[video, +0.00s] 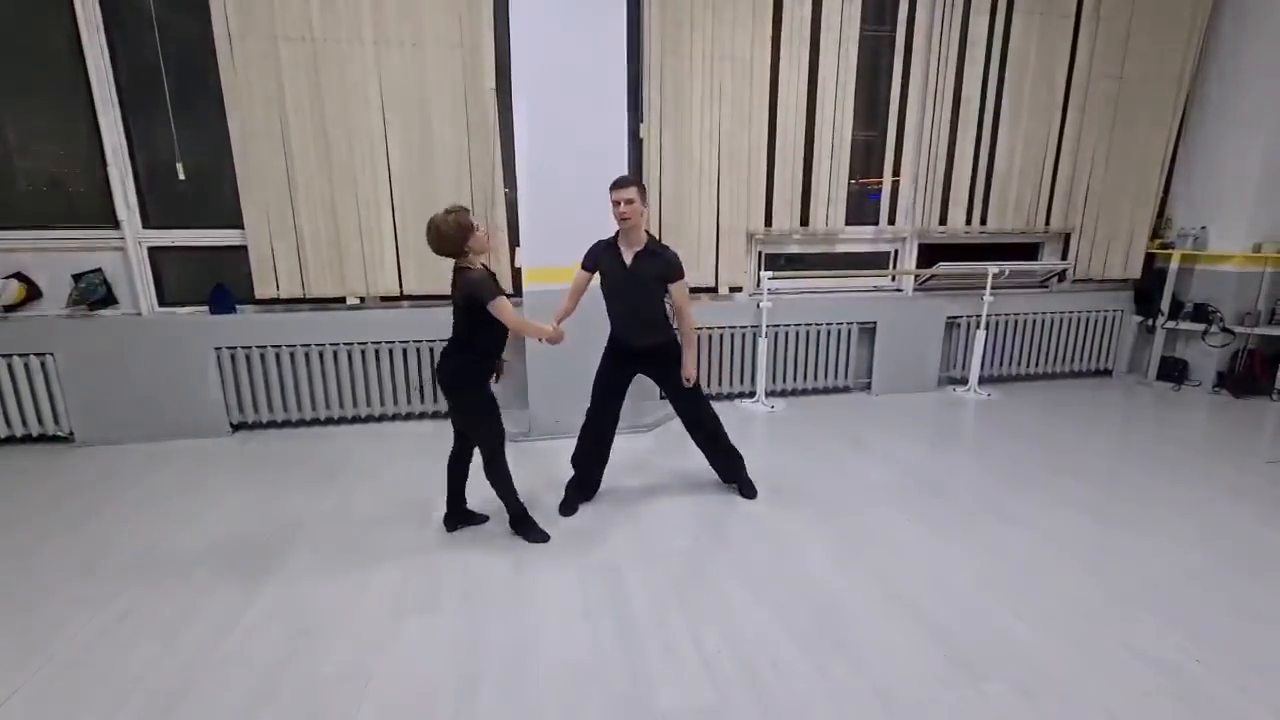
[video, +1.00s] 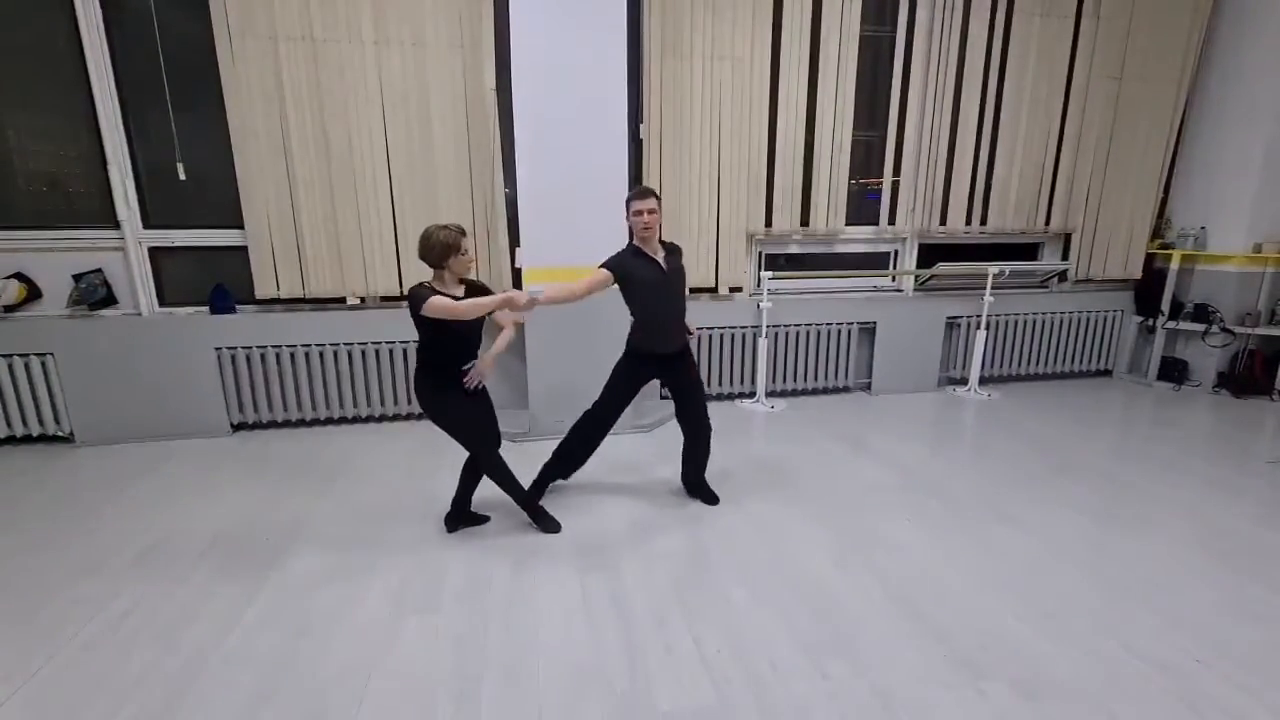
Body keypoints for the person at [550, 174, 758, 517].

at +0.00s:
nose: (622, 209)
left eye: (629, 202)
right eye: (616, 204)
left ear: (644, 207)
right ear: (612, 209)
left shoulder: (664, 257)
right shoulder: (600, 253)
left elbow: (683, 312)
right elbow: (573, 298)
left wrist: (690, 359)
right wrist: (555, 323)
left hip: (662, 349)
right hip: (620, 350)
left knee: (696, 411)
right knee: (599, 415)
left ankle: (735, 473)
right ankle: (580, 486)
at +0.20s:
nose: (628, 211)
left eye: (635, 204)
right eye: (623, 205)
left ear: (651, 205)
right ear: (618, 207)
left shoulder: (666, 257)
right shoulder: (605, 246)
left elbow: (676, 313)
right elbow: (577, 286)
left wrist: (662, 361)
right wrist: (561, 309)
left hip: (657, 349)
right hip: (616, 350)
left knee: (695, 413)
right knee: (595, 418)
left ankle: (736, 471)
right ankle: (579, 488)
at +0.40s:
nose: (639, 221)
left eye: (646, 214)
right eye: (633, 214)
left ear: (659, 217)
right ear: (627, 215)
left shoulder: (664, 272)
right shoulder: (610, 242)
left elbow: (660, 328)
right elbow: (569, 264)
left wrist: (622, 346)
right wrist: (550, 290)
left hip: (657, 355)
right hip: (614, 357)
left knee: (697, 414)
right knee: (597, 427)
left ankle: (741, 472)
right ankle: (578, 490)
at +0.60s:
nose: (650, 221)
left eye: (656, 215)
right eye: (643, 215)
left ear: (667, 219)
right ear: (634, 219)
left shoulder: (678, 270)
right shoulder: (617, 250)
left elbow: (687, 324)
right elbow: (564, 248)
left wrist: (646, 332)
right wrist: (541, 286)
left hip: (655, 358)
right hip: (615, 357)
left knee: (699, 418)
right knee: (597, 427)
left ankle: (711, 478)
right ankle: (577, 492)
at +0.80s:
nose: (655, 221)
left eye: (661, 214)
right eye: (648, 215)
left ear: (671, 218)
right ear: (639, 221)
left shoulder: (696, 260)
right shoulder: (631, 263)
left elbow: (711, 294)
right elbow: (584, 288)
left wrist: (696, 326)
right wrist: (559, 312)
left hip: (674, 359)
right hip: (634, 356)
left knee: (701, 431)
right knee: (593, 418)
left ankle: (694, 478)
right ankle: (539, 471)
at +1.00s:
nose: (645, 219)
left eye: (651, 213)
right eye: (637, 214)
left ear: (660, 216)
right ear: (628, 220)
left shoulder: (674, 253)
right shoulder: (623, 262)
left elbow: (670, 295)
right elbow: (580, 290)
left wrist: (682, 323)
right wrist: (534, 298)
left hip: (678, 353)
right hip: (641, 354)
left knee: (699, 426)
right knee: (601, 416)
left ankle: (694, 478)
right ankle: (547, 476)